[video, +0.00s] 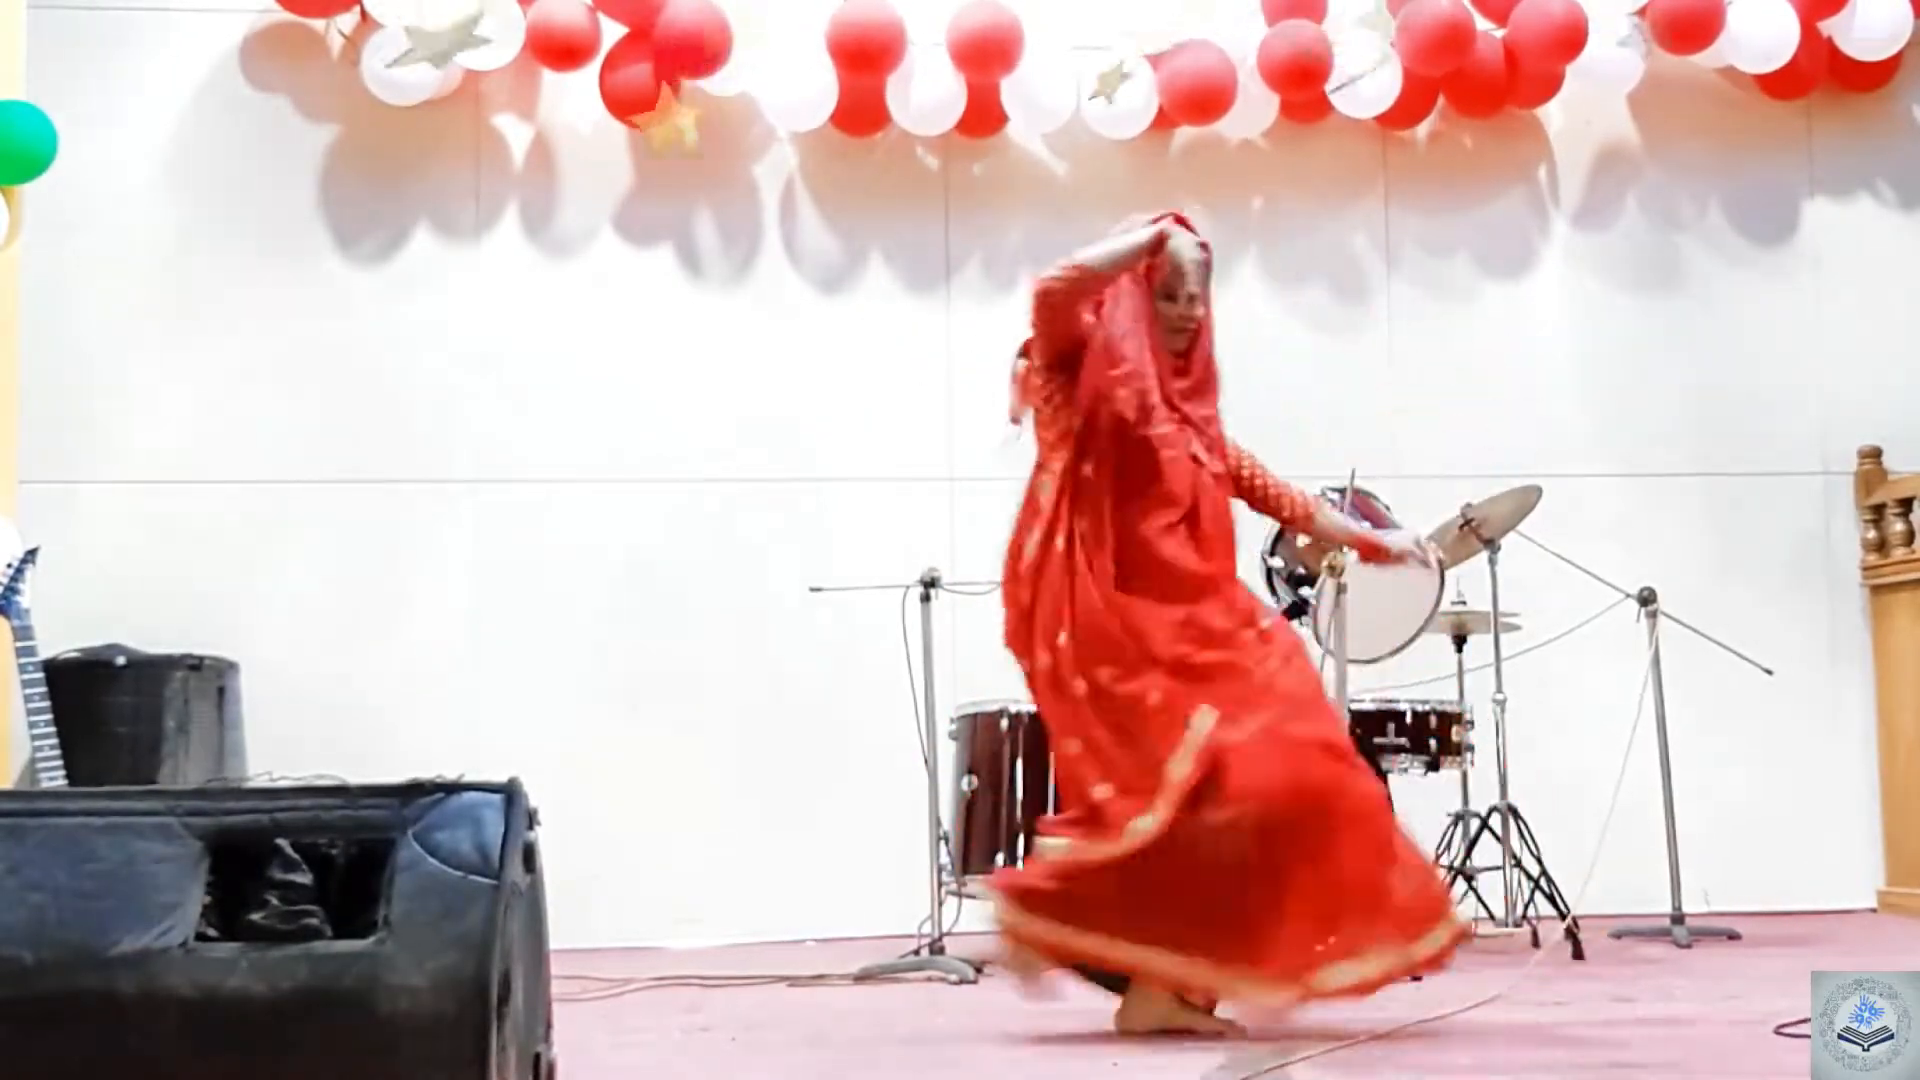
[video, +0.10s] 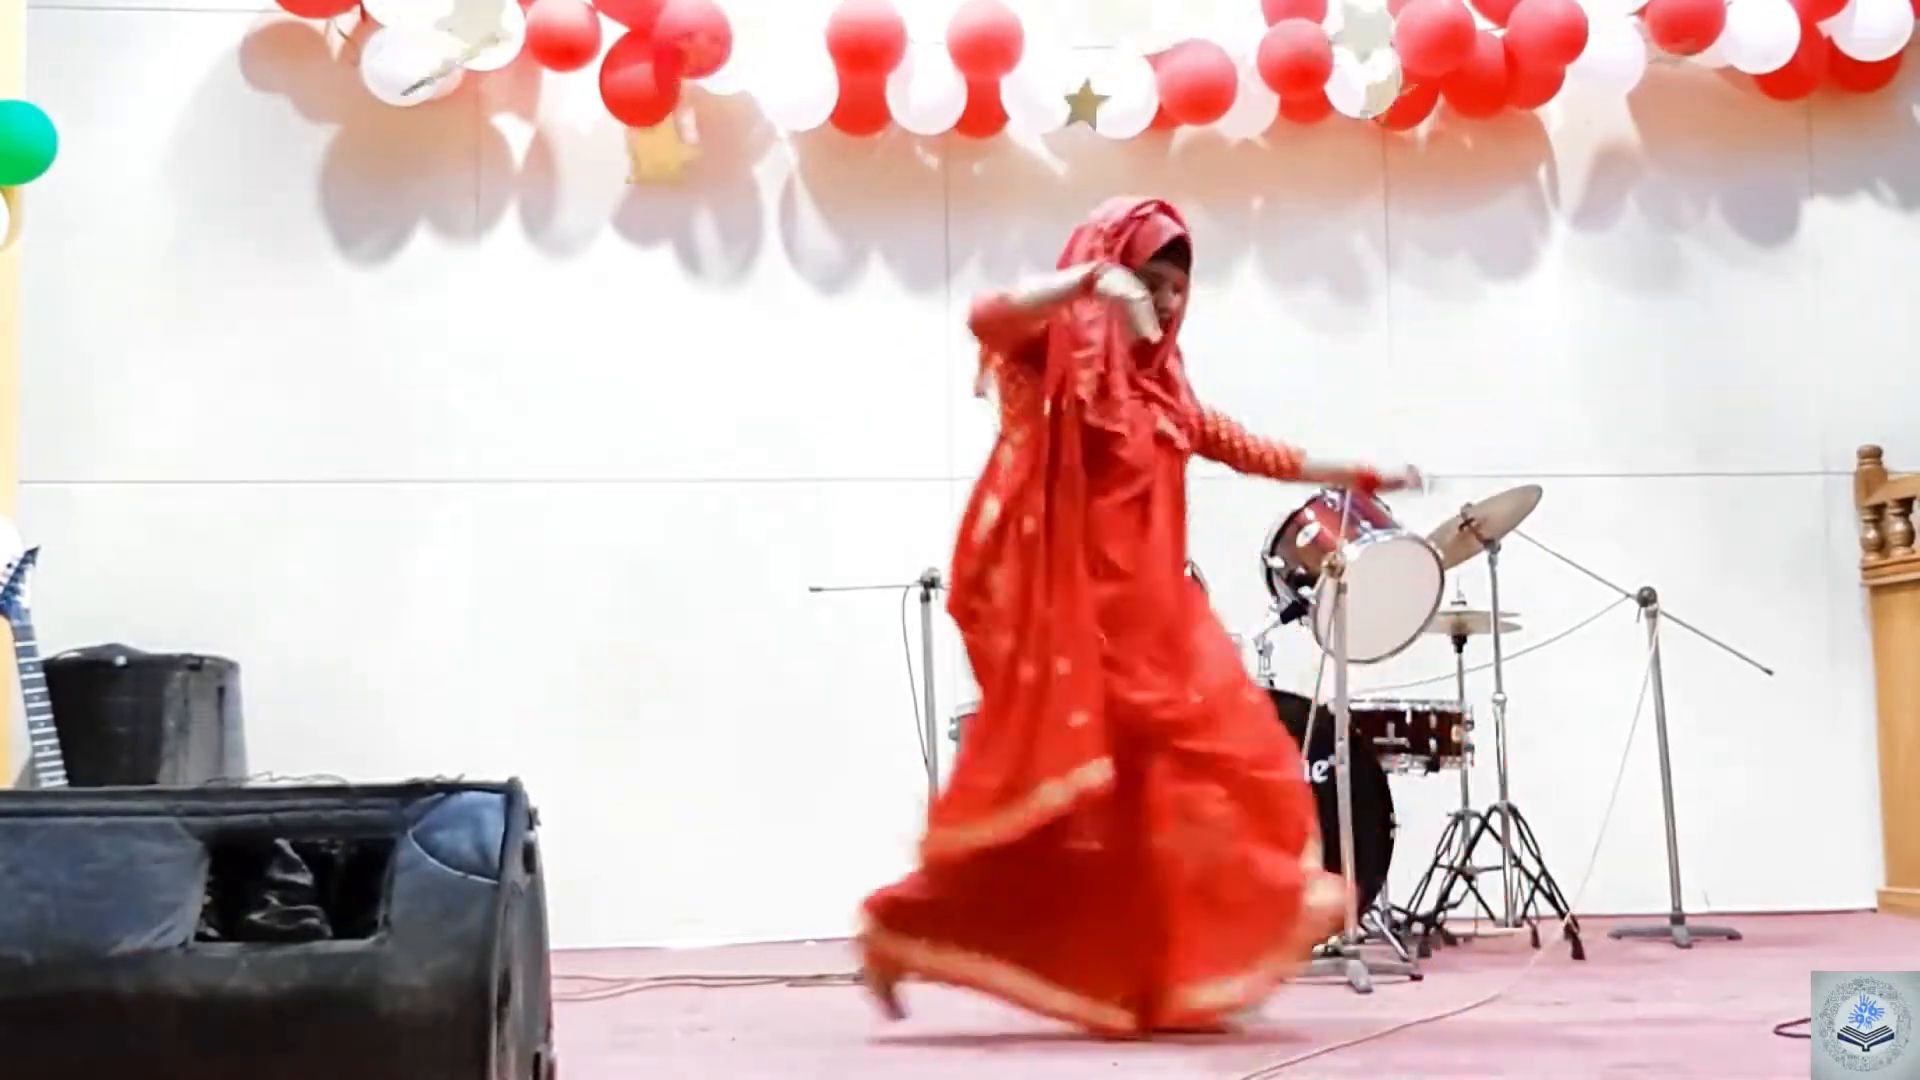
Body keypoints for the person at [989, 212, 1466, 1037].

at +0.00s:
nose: (1190, 313)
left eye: (1200, 297)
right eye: (1174, 297)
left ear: (1211, 304)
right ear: (1140, 299)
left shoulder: (1188, 417)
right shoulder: (1085, 382)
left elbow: (1277, 498)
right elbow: (1055, 290)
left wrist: (1372, 543)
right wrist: (1143, 241)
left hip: (1197, 620)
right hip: (1109, 623)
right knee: (1196, 790)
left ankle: (1160, 991)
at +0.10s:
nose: (1171, 295)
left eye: (1179, 282)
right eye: (1155, 278)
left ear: (1183, 290)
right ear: (1109, 274)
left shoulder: (1163, 388)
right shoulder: (1057, 353)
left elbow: (1257, 454)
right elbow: (986, 318)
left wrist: (1361, 474)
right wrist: (1088, 279)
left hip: (1148, 609)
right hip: (1062, 608)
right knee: (1052, 790)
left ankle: (1170, 982)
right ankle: (896, 929)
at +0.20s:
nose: (1137, 321)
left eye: (1149, 305)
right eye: (1122, 302)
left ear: (1158, 310)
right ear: (1077, 295)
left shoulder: (1141, 397)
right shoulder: (1011, 345)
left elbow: (1244, 428)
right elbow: (932, 405)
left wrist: (1344, 410)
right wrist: (1029, 395)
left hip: (1076, 612)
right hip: (977, 610)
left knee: (1187, 759)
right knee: (912, 784)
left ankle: (1141, 968)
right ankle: (815, 966)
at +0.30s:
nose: (1108, 364)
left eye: (1118, 347)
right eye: (1091, 346)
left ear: (1126, 352)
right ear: (1046, 344)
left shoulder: (1111, 439)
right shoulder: (970, 407)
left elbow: (1215, 436)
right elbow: (911, 507)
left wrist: (1309, 388)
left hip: (1040, 655)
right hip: (938, 651)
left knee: (1144, 784)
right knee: (903, 816)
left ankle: (1125, 971)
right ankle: (830, 994)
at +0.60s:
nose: (1147, 287)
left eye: (1151, 275)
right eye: (1136, 267)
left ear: (1090, 266)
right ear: (1094, 266)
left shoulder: (1125, 364)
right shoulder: (1035, 328)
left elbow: (1166, 478)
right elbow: (1099, 314)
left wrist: (1272, 522)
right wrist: (1186, 240)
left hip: (1113, 612)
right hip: (1041, 609)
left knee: (1151, 786)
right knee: (1066, 788)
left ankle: (1104, 985)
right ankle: (895, 907)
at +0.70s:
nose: (1172, 282)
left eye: (1170, 272)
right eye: (1160, 271)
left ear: (1108, 279)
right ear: (1119, 275)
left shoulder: (1150, 367)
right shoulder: (1078, 333)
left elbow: (1178, 512)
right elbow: (1181, 289)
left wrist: (1274, 589)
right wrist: (1261, 215)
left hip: (1133, 609)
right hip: (1097, 604)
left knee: (1146, 776)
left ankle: (1100, 980)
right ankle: (1014, 873)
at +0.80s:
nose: (1191, 288)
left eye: (1189, 275)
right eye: (1181, 275)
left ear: (1115, 276)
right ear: (1144, 274)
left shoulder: (1121, 360)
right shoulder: (1128, 335)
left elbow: (1195, 502)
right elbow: (1236, 303)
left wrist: (1286, 560)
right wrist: (1322, 236)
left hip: (1121, 614)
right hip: (1181, 604)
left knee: (1146, 802)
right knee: (1348, 732)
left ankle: (1101, 985)